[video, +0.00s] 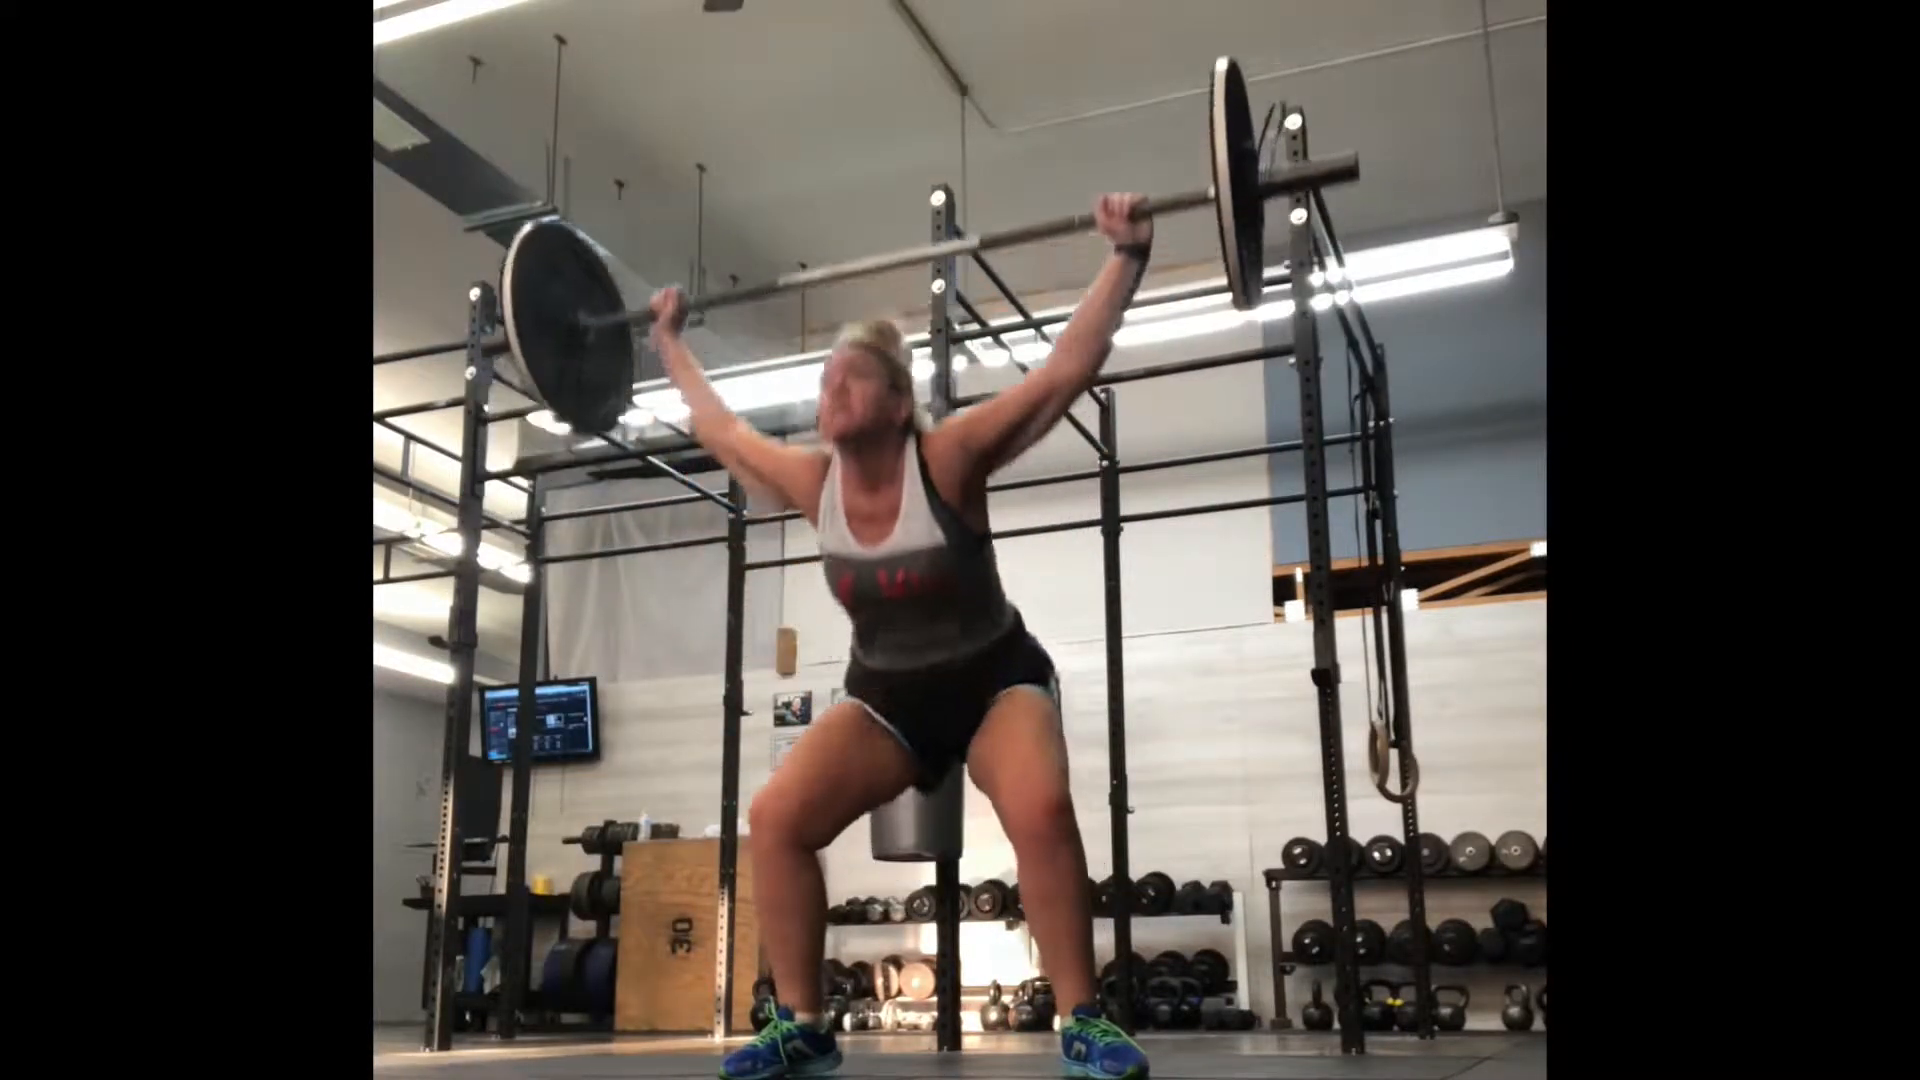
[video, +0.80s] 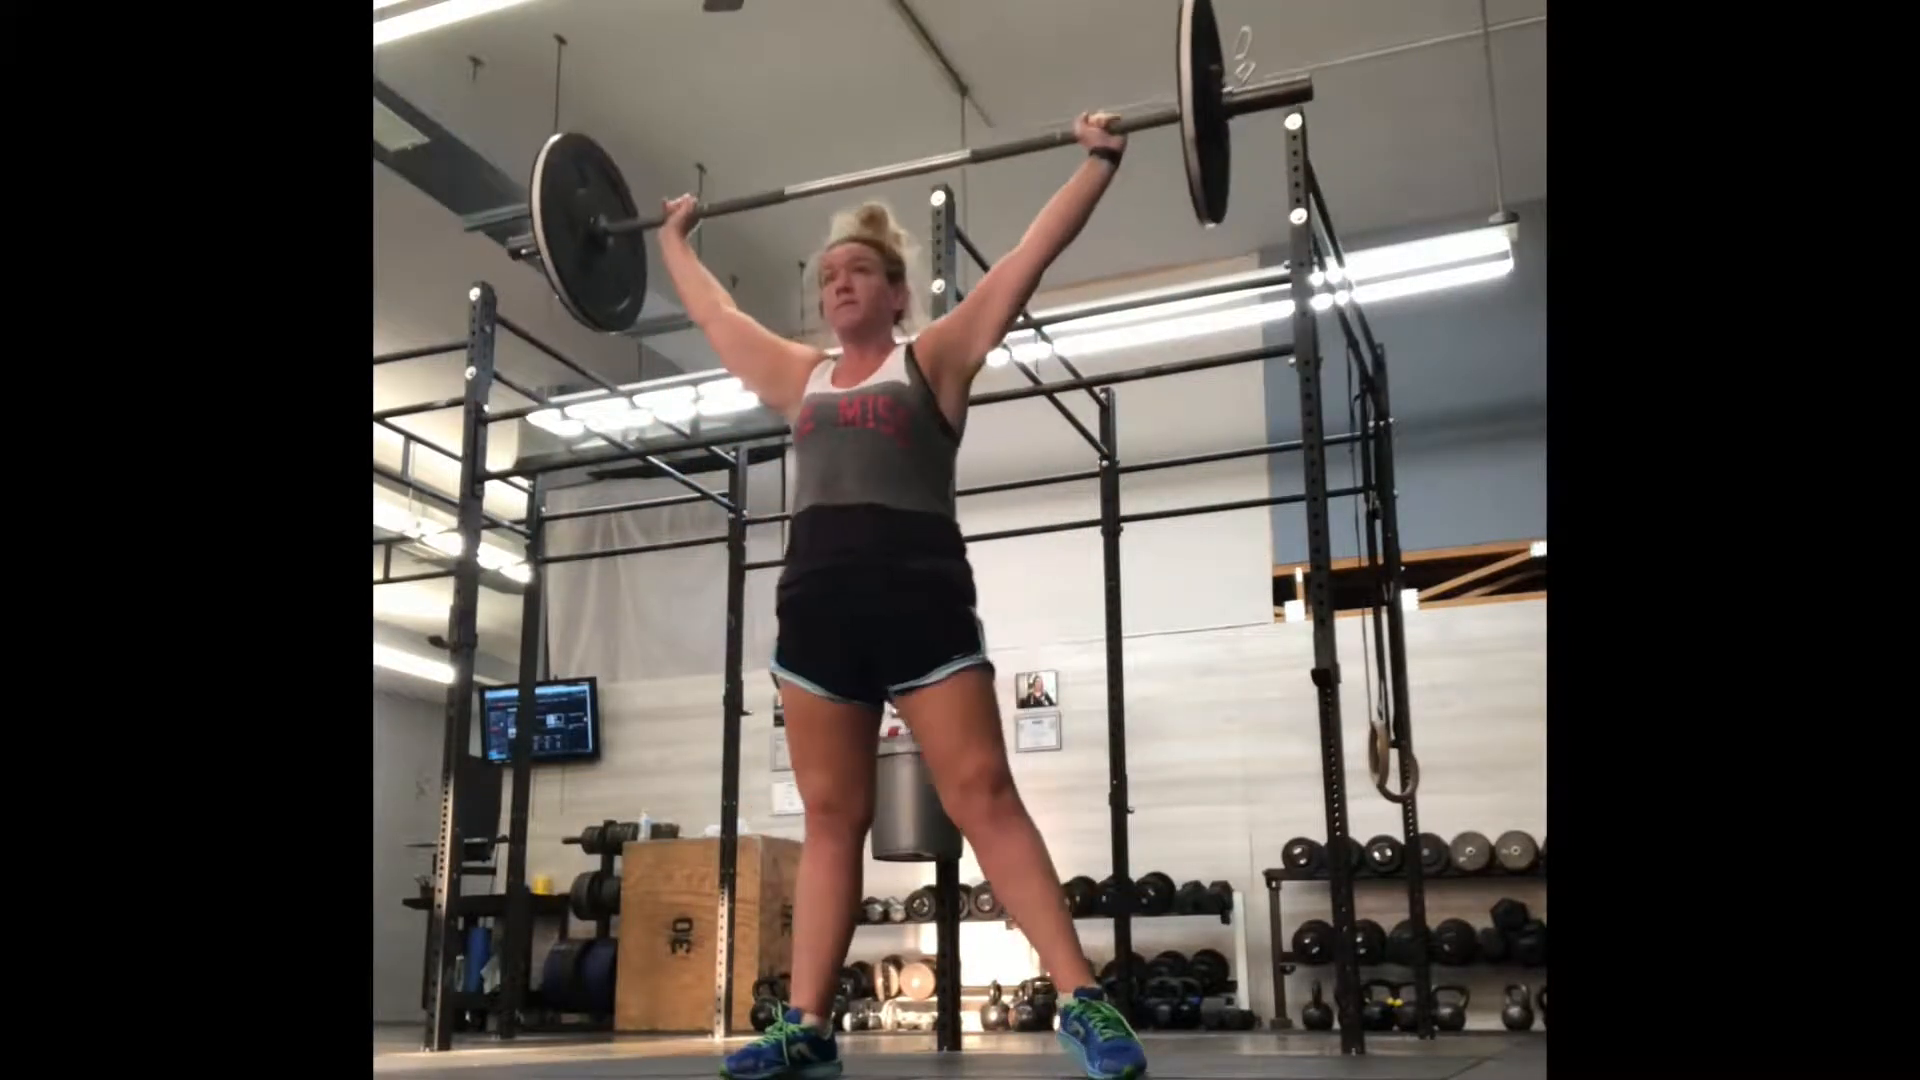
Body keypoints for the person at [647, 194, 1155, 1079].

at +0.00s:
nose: (834, 393)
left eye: (855, 379)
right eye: (828, 380)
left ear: (899, 401)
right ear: (822, 399)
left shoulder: (949, 456)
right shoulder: (812, 481)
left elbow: (1062, 375)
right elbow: (722, 434)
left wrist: (1125, 256)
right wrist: (668, 343)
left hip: (994, 683)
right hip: (884, 699)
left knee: (1045, 816)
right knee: (775, 819)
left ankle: (1078, 1018)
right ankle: (800, 1021)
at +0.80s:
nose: (841, 285)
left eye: (857, 273)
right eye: (829, 276)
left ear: (896, 288)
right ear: (818, 294)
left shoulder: (936, 356)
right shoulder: (800, 374)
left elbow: (1025, 261)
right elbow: (716, 315)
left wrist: (1098, 163)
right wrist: (671, 236)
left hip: (924, 602)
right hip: (817, 613)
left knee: (986, 795)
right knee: (828, 818)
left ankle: (1079, 993)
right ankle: (806, 1025)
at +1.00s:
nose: (821, 596)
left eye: (841, 581)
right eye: (813, 583)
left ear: (886, 601)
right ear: (806, 600)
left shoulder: (940, 672)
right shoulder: (811, 694)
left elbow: (1034, 794)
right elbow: (756, 812)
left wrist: (1118, 899)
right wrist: (680, 917)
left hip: (974, 819)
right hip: (887, 827)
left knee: (1016, 844)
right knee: (780, 850)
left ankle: (1036, 1020)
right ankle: (844, 1024)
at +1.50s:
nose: (823, 503)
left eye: (841, 486)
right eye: (814, 488)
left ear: (888, 497)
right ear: (805, 497)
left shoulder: (945, 566)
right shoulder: (817, 593)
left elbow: (1052, 669)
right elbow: (755, 698)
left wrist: (1116, 783)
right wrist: (696, 799)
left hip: (1000, 703)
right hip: (904, 715)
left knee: (1011, 828)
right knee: (842, 838)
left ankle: (1040, 1019)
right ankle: (843, 1024)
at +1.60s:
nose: (833, 442)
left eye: (851, 426)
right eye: (825, 429)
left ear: (892, 438)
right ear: (818, 447)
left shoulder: (949, 518)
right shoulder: (819, 542)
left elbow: (1063, 603)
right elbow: (749, 633)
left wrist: (1111, 716)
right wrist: (696, 735)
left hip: (995, 682)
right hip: (898, 694)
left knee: (1016, 819)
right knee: (837, 832)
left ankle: (1041, 1016)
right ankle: (843, 1023)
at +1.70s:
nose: (860, 372)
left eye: (876, 358)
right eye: (859, 358)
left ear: (921, 369)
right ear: (855, 375)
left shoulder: (965, 454)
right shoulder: (840, 477)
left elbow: (1084, 499)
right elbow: (744, 545)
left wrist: (1101, 600)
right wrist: (688, 627)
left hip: (986, 674)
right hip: (886, 680)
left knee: (1002, 825)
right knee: (826, 831)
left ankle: (1039, 1013)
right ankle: (840, 1020)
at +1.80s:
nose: (890, 303)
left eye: (908, 291)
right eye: (886, 294)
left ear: (950, 309)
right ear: (883, 317)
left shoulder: (987, 381)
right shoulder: (859, 408)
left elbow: (1095, 403)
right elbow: (773, 456)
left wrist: (1097, 454)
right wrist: (696, 488)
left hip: (974, 611)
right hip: (876, 617)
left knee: (999, 796)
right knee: (846, 800)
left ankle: (1042, 998)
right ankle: (826, 997)